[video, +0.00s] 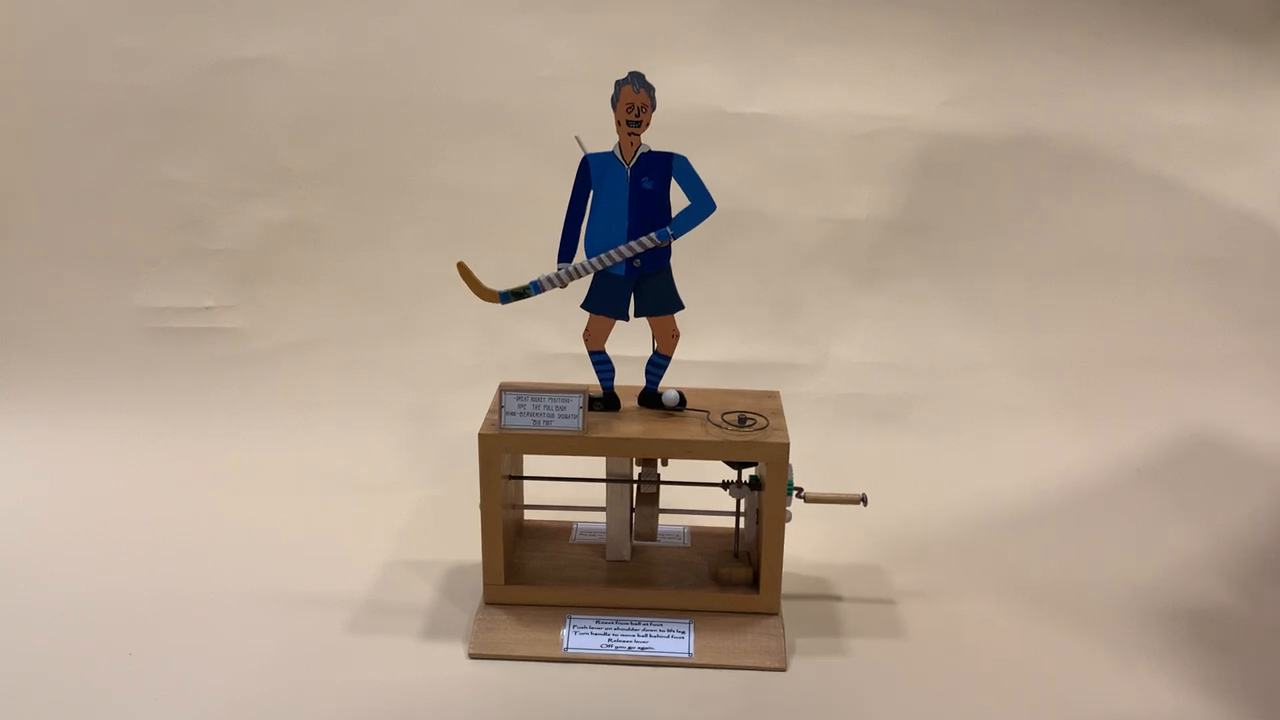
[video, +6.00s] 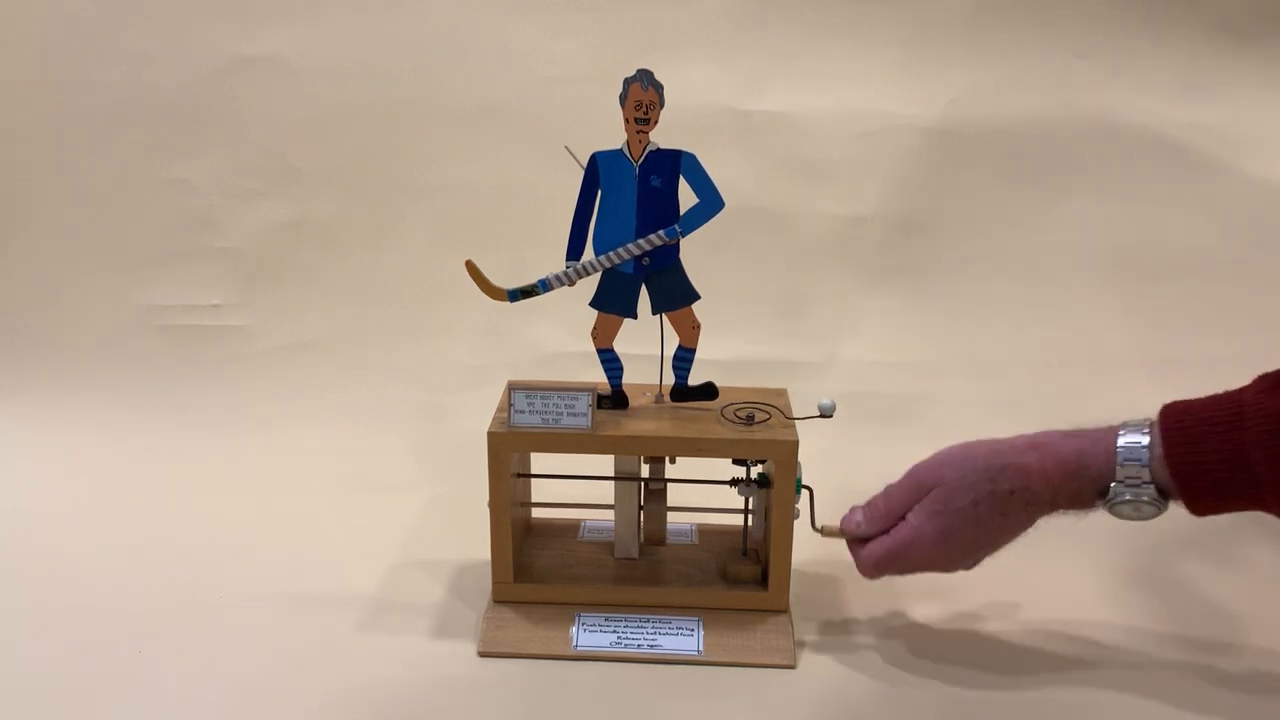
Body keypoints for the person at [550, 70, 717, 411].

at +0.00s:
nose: (636, 114)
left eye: (643, 108)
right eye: (628, 106)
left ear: (652, 114)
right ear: (613, 111)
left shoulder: (669, 163)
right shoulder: (593, 165)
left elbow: (705, 204)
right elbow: (574, 217)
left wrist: (668, 233)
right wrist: (564, 265)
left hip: (654, 270)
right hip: (611, 270)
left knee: (668, 337)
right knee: (593, 338)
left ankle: (650, 393)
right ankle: (608, 394)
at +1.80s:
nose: (646, 128)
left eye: (653, 121)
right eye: (639, 120)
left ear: (662, 125)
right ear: (626, 123)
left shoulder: (679, 170)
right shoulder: (603, 170)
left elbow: (715, 212)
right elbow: (583, 221)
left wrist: (678, 240)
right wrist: (572, 269)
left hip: (663, 273)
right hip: (618, 274)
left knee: (692, 337)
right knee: (599, 343)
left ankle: (684, 396)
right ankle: (613, 401)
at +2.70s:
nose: (649, 121)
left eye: (655, 113)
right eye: (641, 113)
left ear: (665, 119)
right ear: (627, 118)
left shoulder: (681, 167)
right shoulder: (605, 167)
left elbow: (715, 210)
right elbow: (585, 219)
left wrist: (677, 239)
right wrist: (573, 267)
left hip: (667, 266)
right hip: (620, 269)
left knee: (717, 316)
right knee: (600, 341)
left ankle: (731, 376)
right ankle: (614, 398)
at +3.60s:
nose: (645, 117)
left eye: (653, 110)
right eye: (639, 109)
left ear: (662, 118)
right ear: (626, 114)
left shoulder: (680, 163)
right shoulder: (604, 165)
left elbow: (715, 206)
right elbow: (584, 217)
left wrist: (678, 234)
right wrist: (573, 265)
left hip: (664, 267)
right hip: (620, 268)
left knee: (691, 334)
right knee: (602, 338)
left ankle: (682, 391)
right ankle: (617, 396)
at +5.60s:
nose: (644, 112)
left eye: (651, 106)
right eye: (637, 105)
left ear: (659, 113)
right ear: (622, 110)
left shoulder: (677, 161)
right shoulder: (600, 163)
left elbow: (713, 202)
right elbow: (581, 217)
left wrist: (676, 232)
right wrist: (571, 265)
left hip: (662, 265)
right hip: (618, 266)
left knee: (689, 330)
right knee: (601, 337)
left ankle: (679, 389)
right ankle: (616, 393)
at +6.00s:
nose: (644, 112)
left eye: (651, 105)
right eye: (637, 104)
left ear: (660, 112)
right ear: (622, 109)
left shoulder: (677, 160)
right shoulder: (601, 162)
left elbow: (714, 202)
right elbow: (582, 216)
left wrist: (676, 232)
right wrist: (572, 264)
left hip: (663, 264)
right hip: (619, 266)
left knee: (690, 330)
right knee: (601, 336)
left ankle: (680, 389)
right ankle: (617, 393)